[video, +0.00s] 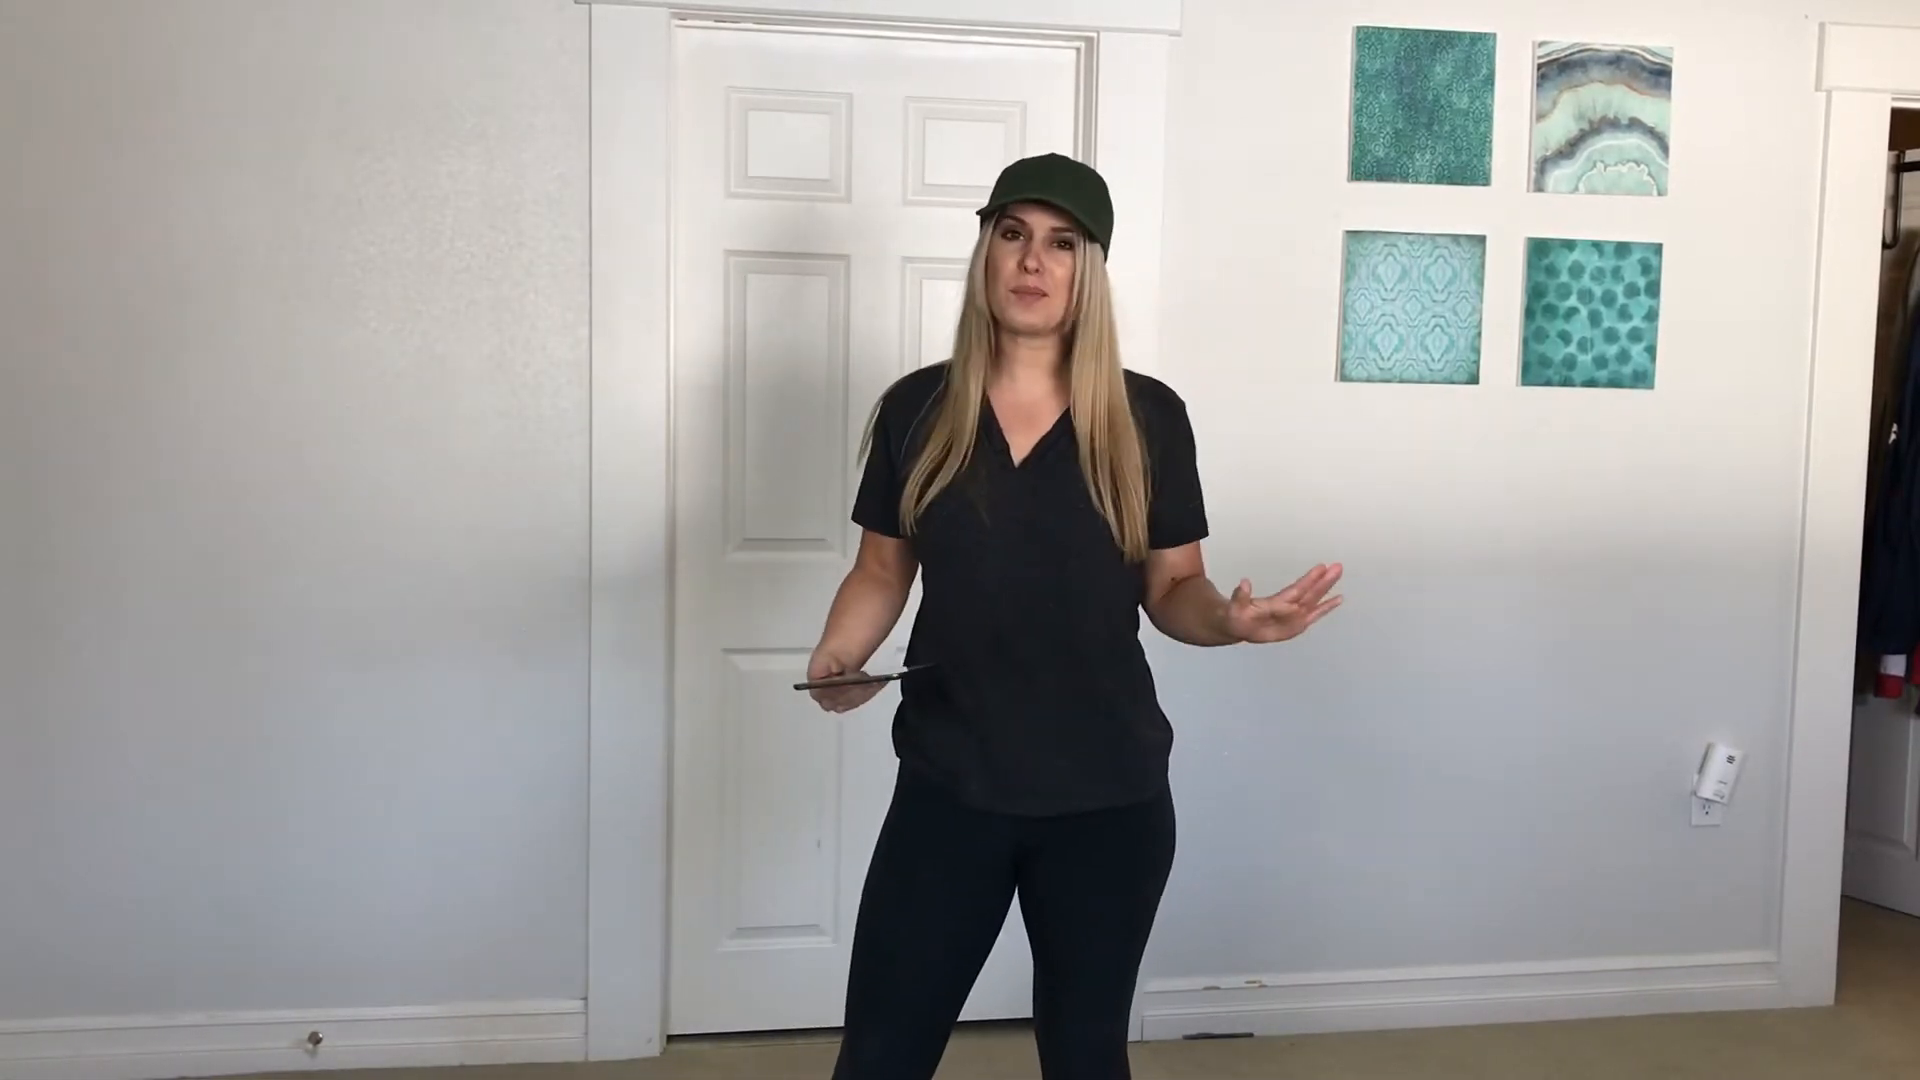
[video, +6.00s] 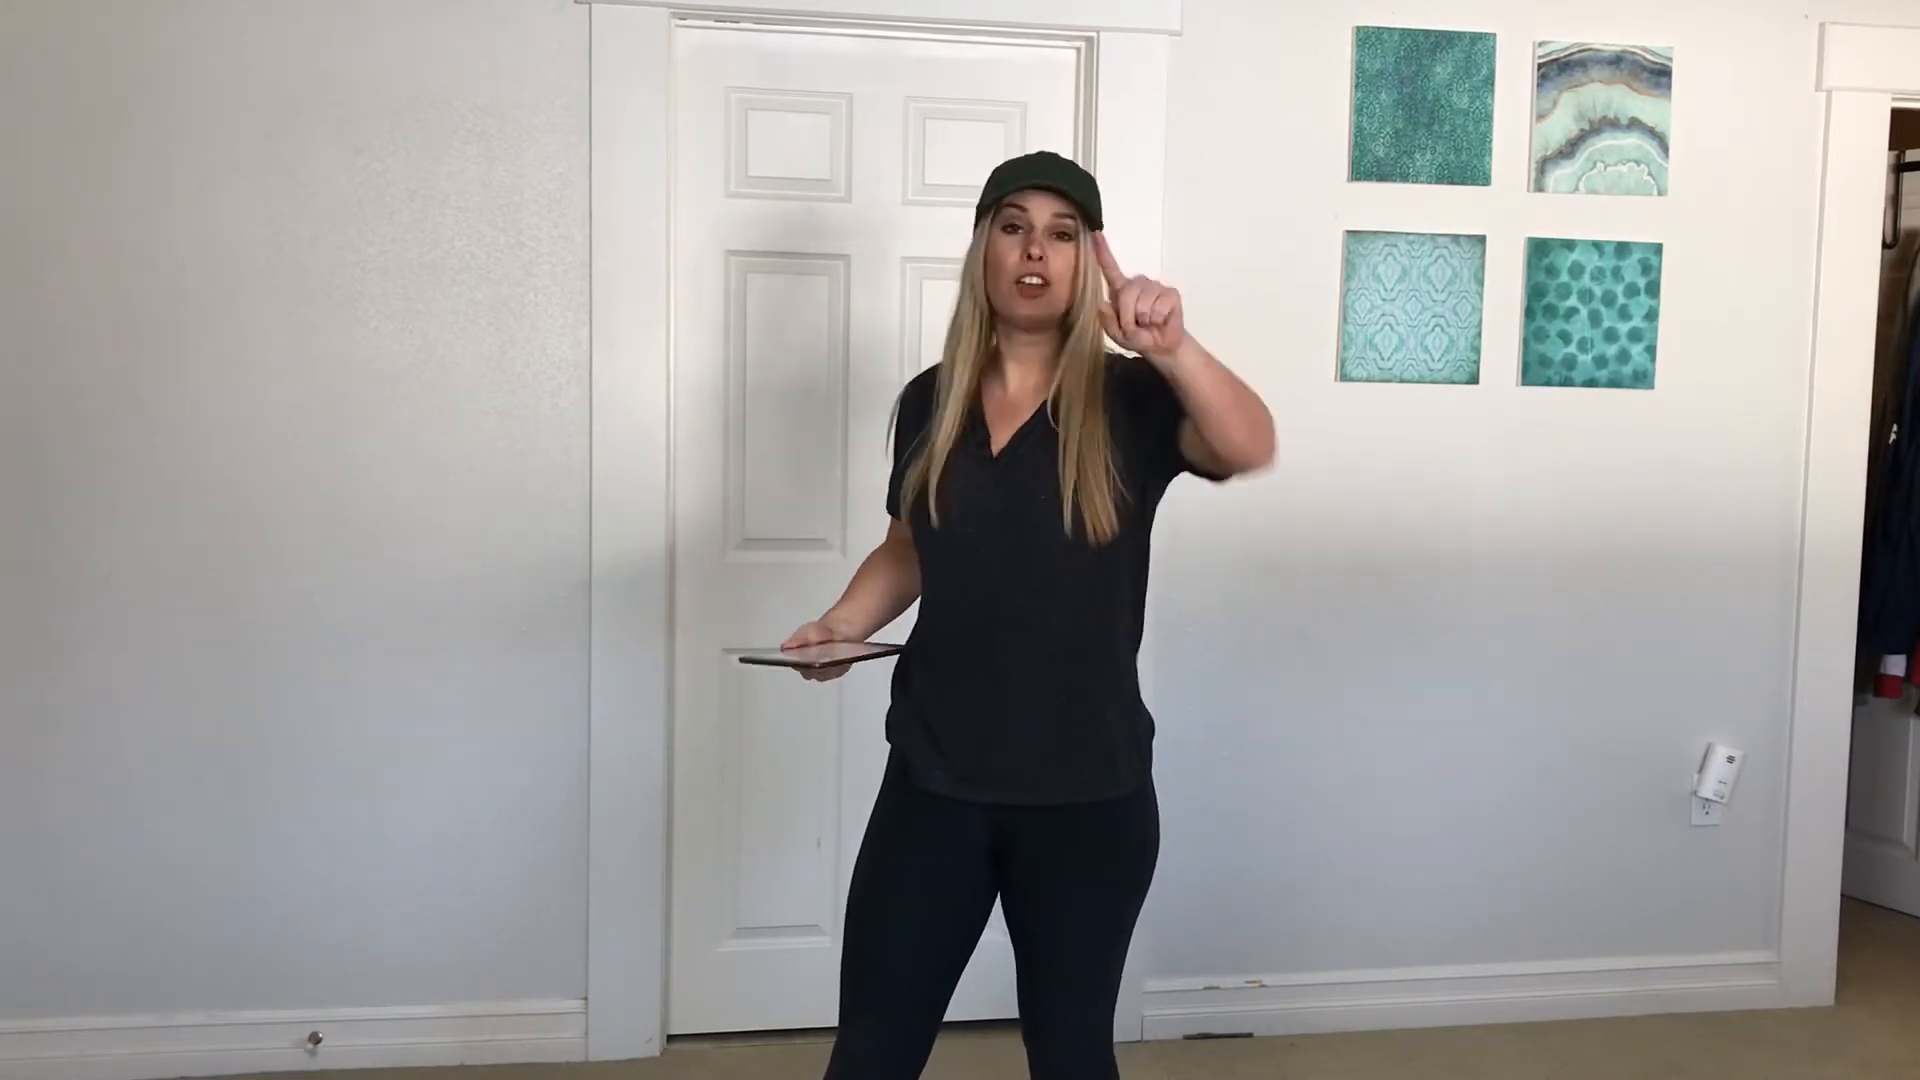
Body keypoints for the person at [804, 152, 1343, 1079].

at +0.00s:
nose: (1031, 261)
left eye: (1059, 243)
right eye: (1012, 237)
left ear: (1090, 271)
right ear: (984, 255)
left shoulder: (1145, 414)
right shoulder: (919, 409)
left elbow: (1173, 588)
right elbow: (878, 571)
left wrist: (1230, 619)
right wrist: (838, 654)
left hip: (1105, 789)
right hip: (951, 785)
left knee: (1085, 1054)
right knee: (880, 1055)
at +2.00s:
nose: (1022, 257)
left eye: (1053, 245)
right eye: (1006, 230)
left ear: (1077, 280)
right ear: (971, 248)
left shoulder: (1123, 405)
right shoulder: (896, 409)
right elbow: (860, 559)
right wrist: (825, 658)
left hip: (1093, 789)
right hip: (940, 786)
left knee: (1077, 1054)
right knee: (875, 1058)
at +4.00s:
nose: (1025, 274)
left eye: (1054, 257)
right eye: (1006, 249)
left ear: (1083, 281)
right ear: (974, 264)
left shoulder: (1136, 413)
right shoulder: (914, 410)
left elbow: (1179, 604)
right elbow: (884, 565)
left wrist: (1226, 512)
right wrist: (848, 659)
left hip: (1099, 797)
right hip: (947, 792)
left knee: (1080, 1058)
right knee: (875, 1059)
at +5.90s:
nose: (1024, 252)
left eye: (1051, 236)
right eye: (1004, 228)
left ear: (1077, 269)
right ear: (970, 250)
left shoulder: (1123, 405)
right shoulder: (923, 404)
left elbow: (1271, 534)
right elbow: (908, 552)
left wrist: (1208, 428)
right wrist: (848, 631)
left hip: (1086, 799)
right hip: (937, 793)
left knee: (1072, 1059)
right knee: (874, 1058)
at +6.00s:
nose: (1034, 252)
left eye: (1060, 234)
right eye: (1011, 229)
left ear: (1090, 260)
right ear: (980, 253)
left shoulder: (1127, 397)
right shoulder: (933, 402)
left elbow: (1250, 445)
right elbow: (912, 544)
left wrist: (1172, 347)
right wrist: (846, 623)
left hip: (1084, 797)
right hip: (933, 789)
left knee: (1070, 1056)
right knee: (871, 1056)